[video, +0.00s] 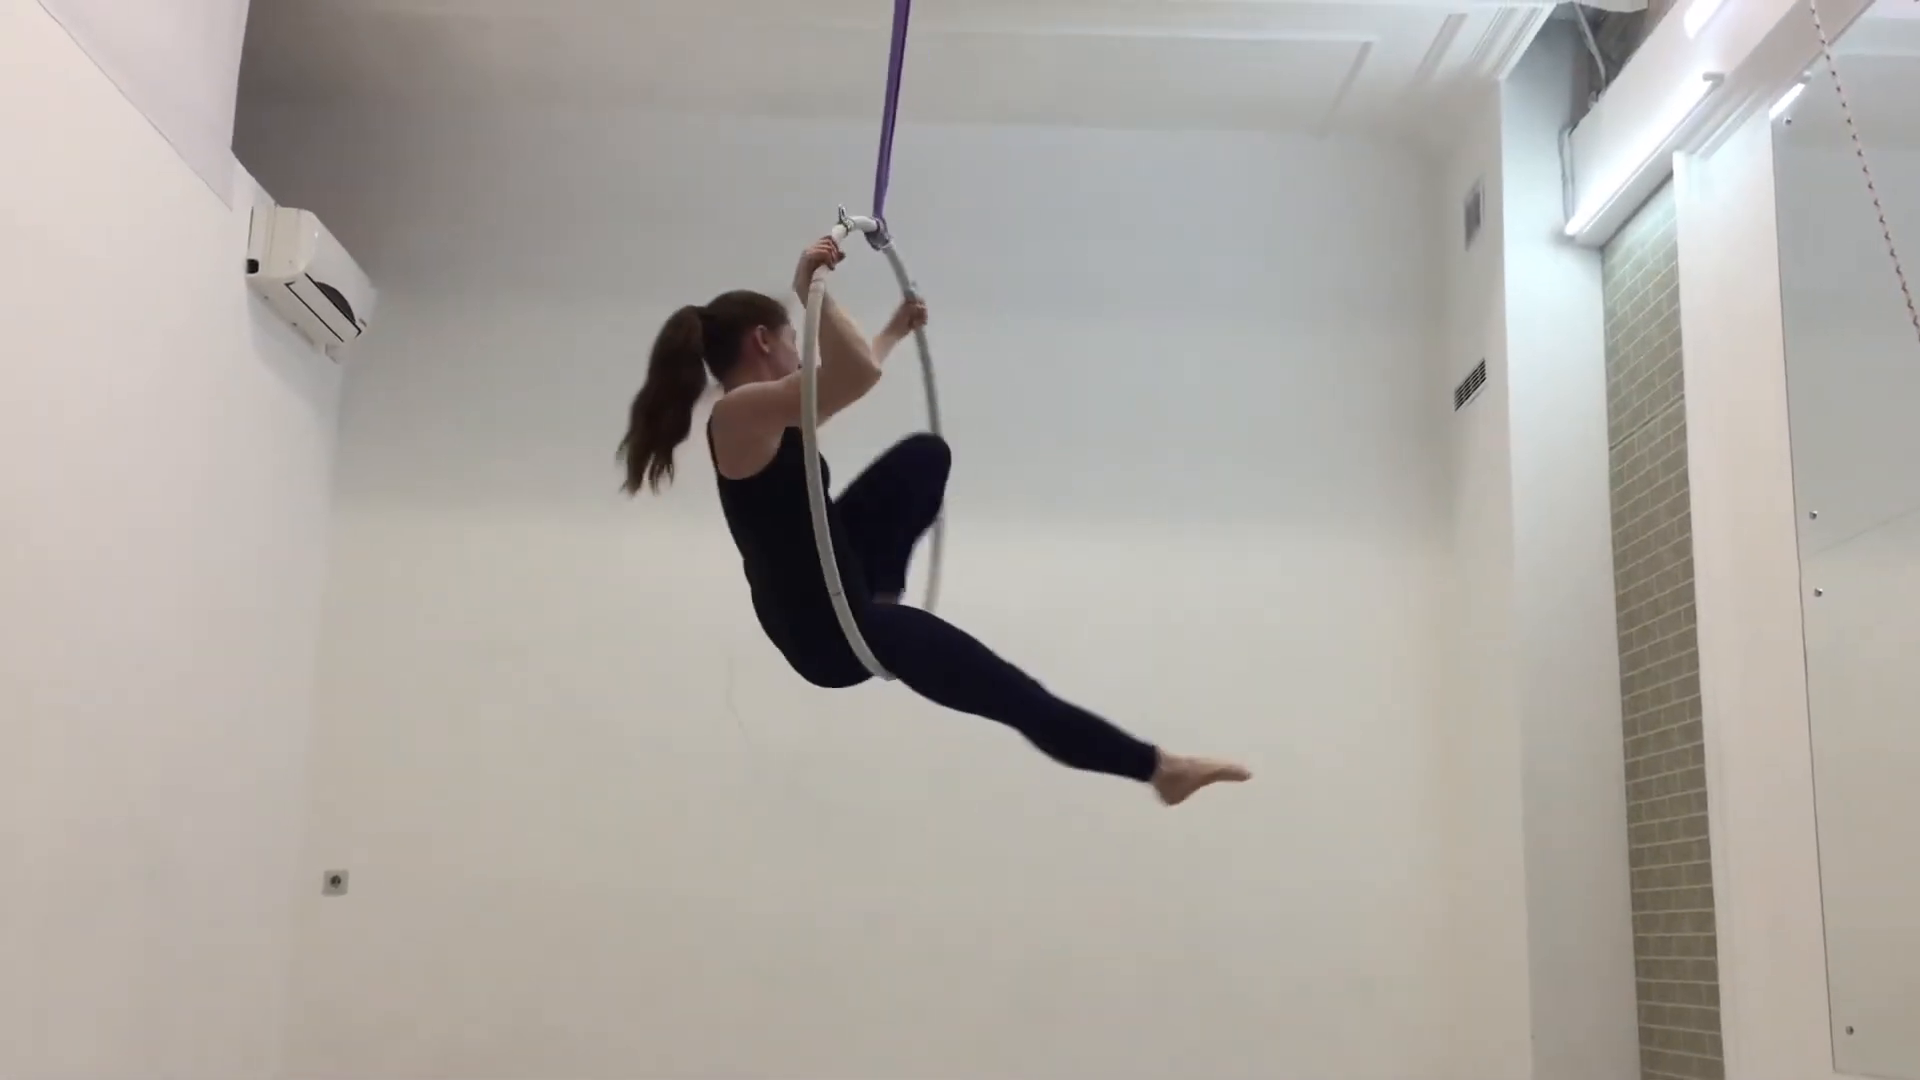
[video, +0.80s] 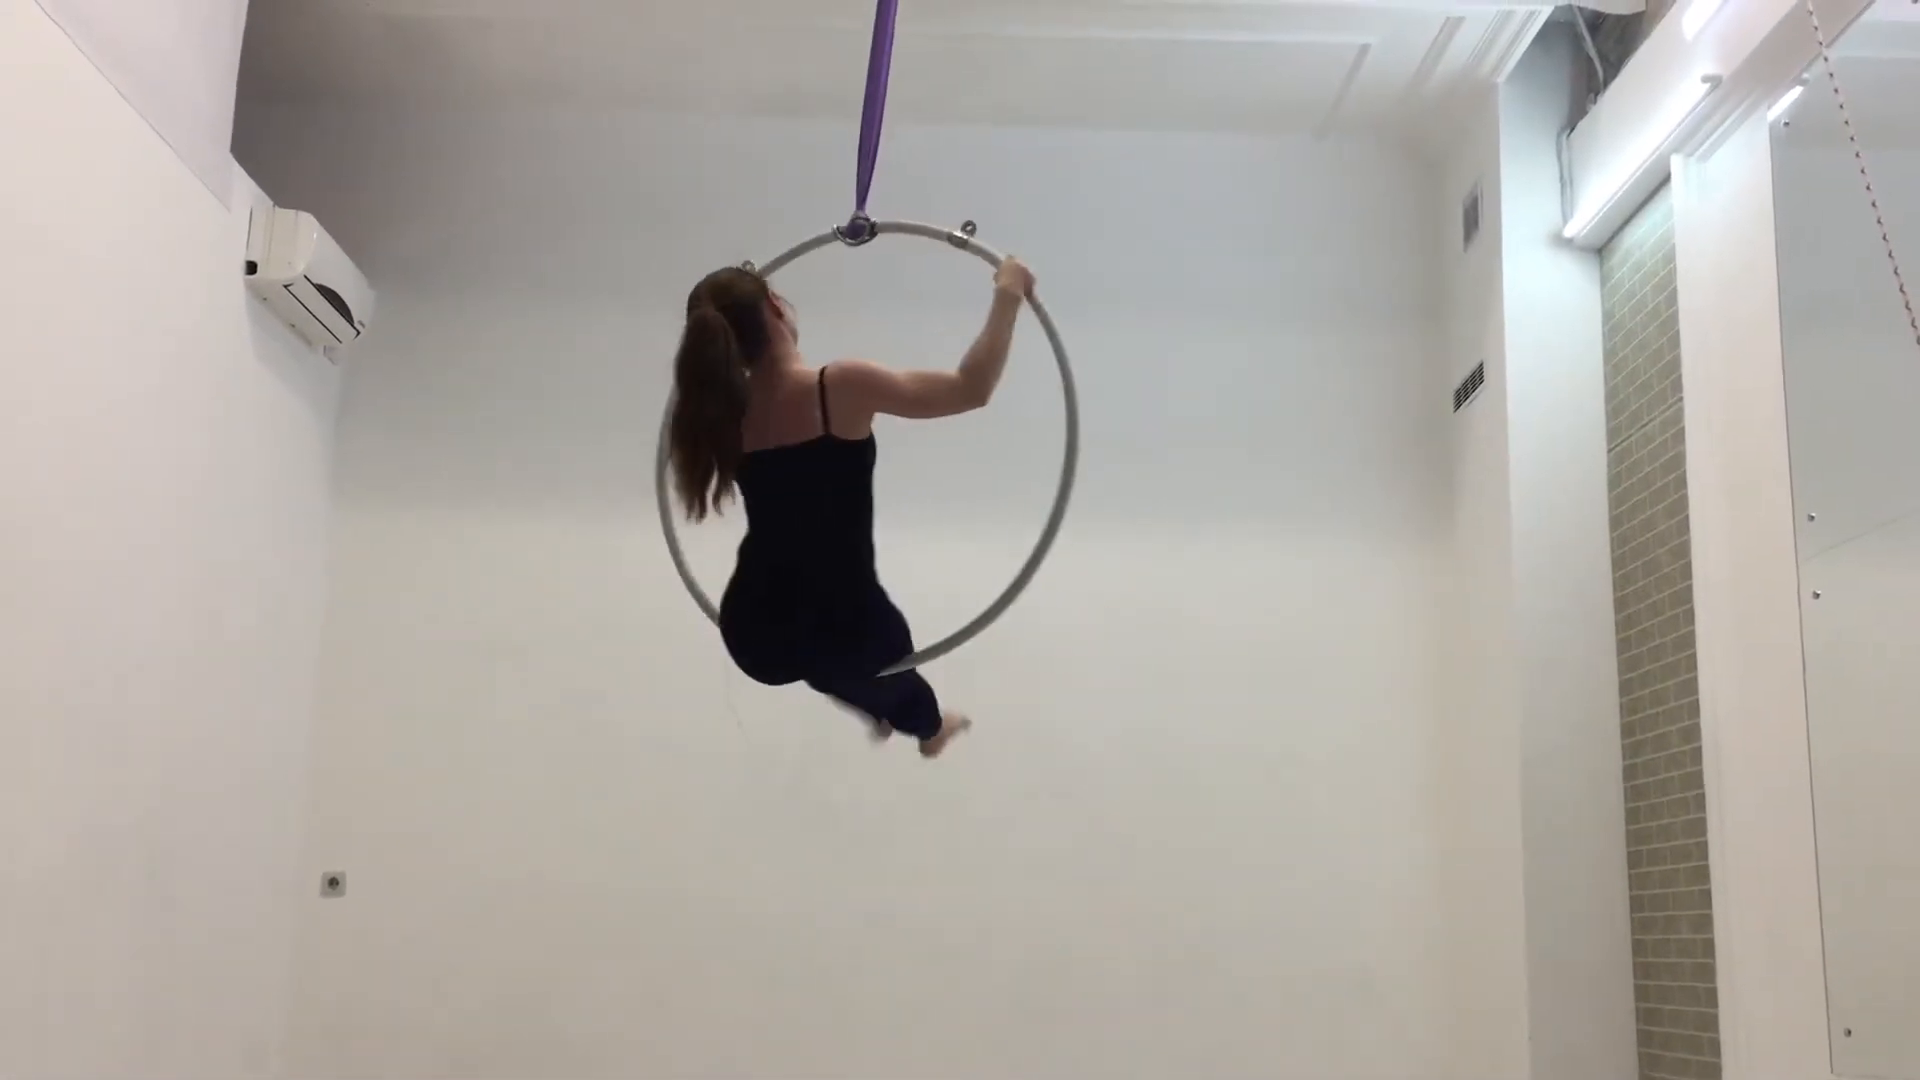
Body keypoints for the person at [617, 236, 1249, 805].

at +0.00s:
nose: (798, 347)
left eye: (793, 334)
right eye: (790, 336)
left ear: (747, 346)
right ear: (765, 344)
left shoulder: (760, 407)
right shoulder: (740, 411)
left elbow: (835, 390)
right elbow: (854, 374)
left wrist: (892, 333)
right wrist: (812, 291)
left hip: (828, 570)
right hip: (830, 626)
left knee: (926, 457)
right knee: (1007, 691)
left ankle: (875, 607)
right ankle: (1158, 769)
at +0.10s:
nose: (778, 347)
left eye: (773, 336)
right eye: (772, 335)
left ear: (721, 347)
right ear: (751, 339)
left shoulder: (741, 408)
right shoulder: (738, 406)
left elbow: (827, 393)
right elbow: (860, 383)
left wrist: (860, 325)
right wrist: (820, 294)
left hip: (820, 565)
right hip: (818, 625)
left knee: (913, 436)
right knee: (964, 692)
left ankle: (878, 575)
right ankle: (1095, 783)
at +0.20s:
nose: (773, 342)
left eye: (766, 332)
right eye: (765, 331)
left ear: (726, 343)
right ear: (744, 337)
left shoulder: (747, 399)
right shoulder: (727, 411)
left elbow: (811, 363)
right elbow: (860, 395)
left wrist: (850, 315)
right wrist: (828, 304)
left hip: (815, 551)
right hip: (798, 621)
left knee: (911, 446)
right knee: (927, 699)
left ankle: (896, 557)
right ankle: (1027, 794)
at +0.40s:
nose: (764, 328)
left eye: (759, 317)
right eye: (759, 316)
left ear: (695, 342)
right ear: (745, 323)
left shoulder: (700, 413)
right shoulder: (755, 396)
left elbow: (758, 396)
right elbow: (888, 397)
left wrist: (788, 320)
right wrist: (902, 293)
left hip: (749, 586)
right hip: (780, 617)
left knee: (930, 521)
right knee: (865, 712)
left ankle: (1063, 609)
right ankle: (918, 793)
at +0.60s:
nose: (774, 313)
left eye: (770, 303)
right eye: (769, 303)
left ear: (703, 334)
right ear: (760, 315)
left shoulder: (699, 407)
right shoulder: (806, 385)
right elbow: (935, 396)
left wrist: (748, 337)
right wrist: (974, 305)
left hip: (721, 605)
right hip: (792, 609)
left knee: (894, 603)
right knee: (855, 703)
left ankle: (1033, 639)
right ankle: (895, 783)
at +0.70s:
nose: (781, 303)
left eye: (772, 294)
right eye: (774, 297)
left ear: (714, 334)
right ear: (770, 310)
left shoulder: (712, 407)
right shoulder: (825, 386)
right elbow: (955, 391)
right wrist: (997, 300)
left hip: (731, 621)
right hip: (813, 627)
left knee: (870, 639)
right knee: (871, 687)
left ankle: (957, 659)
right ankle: (919, 766)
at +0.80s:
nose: (783, 301)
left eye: (775, 294)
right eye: (778, 296)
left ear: (724, 340)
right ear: (776, 310)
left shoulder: (727, 414)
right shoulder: (845, 385)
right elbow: (971, 388)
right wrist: (1009, 293)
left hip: (759, 624)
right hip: (845, 621)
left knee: (829, 671)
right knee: (891, 681)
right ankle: (931, 730)